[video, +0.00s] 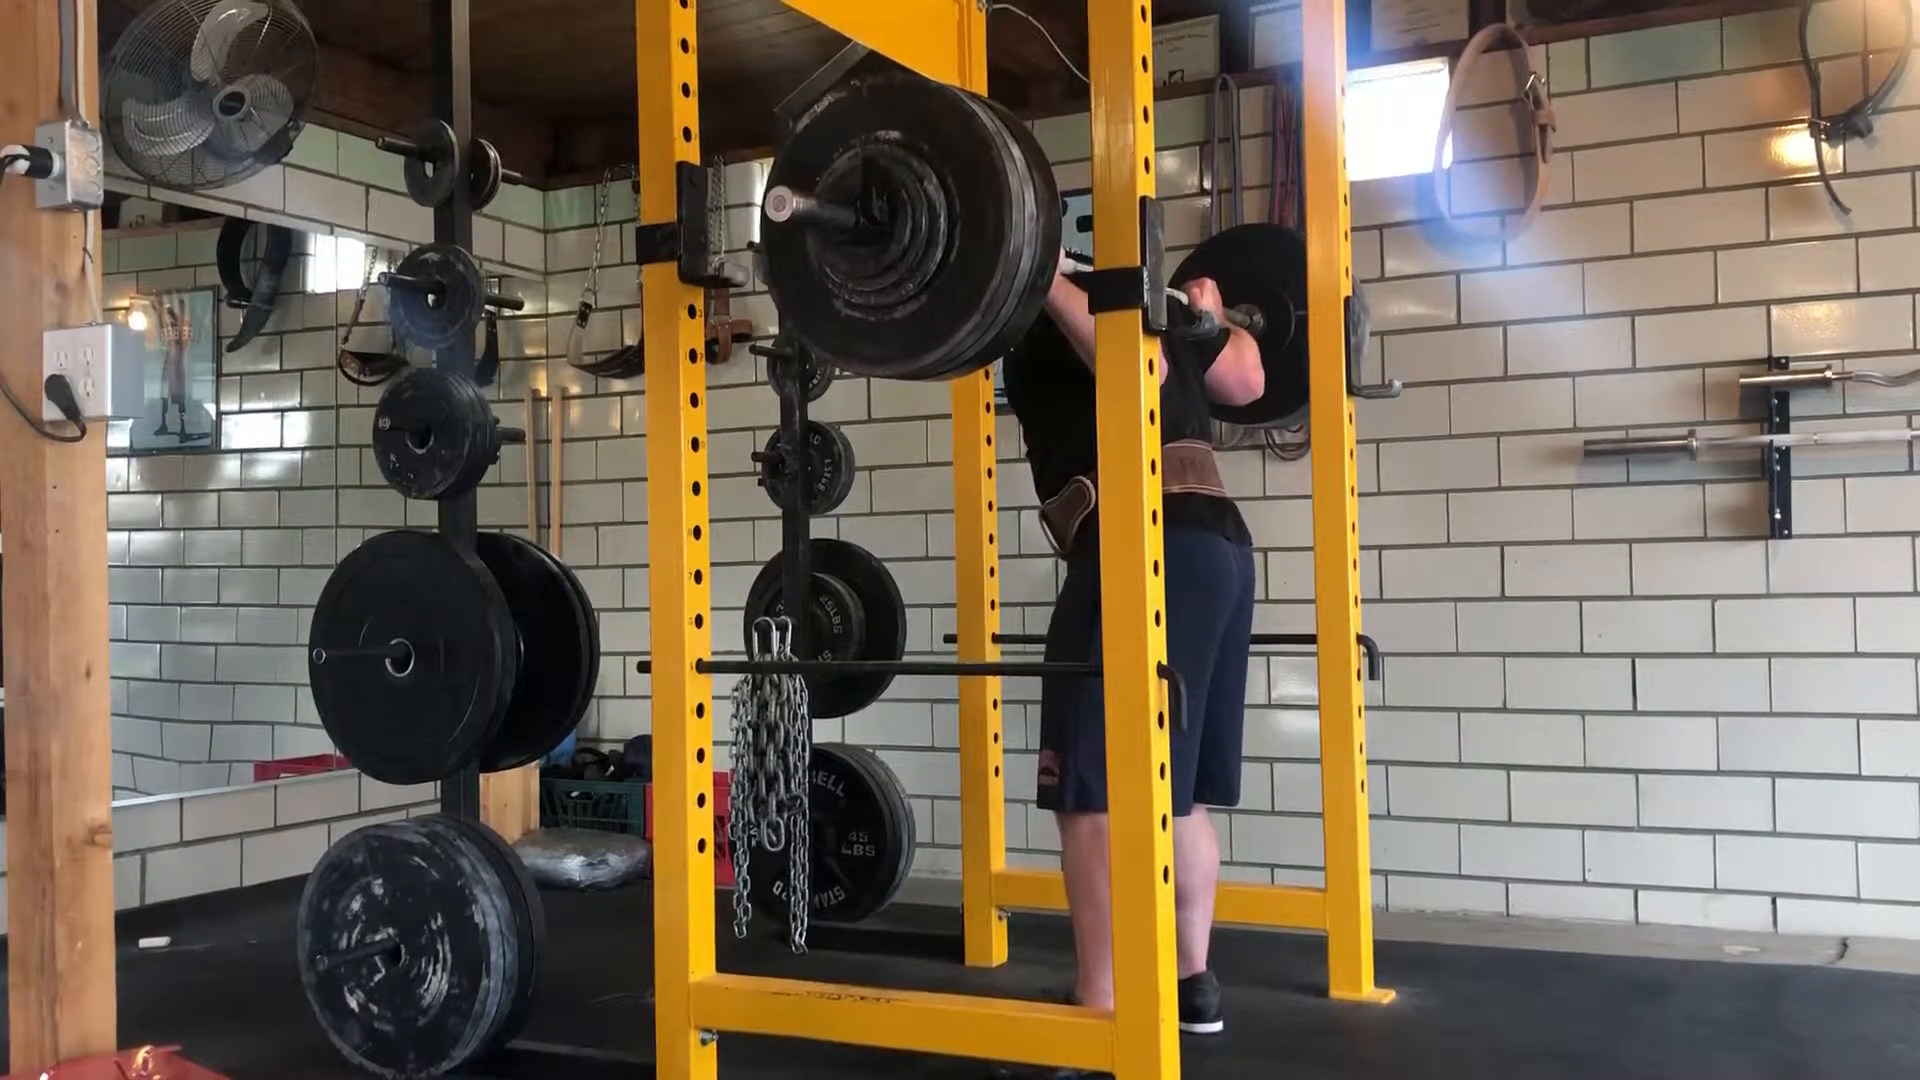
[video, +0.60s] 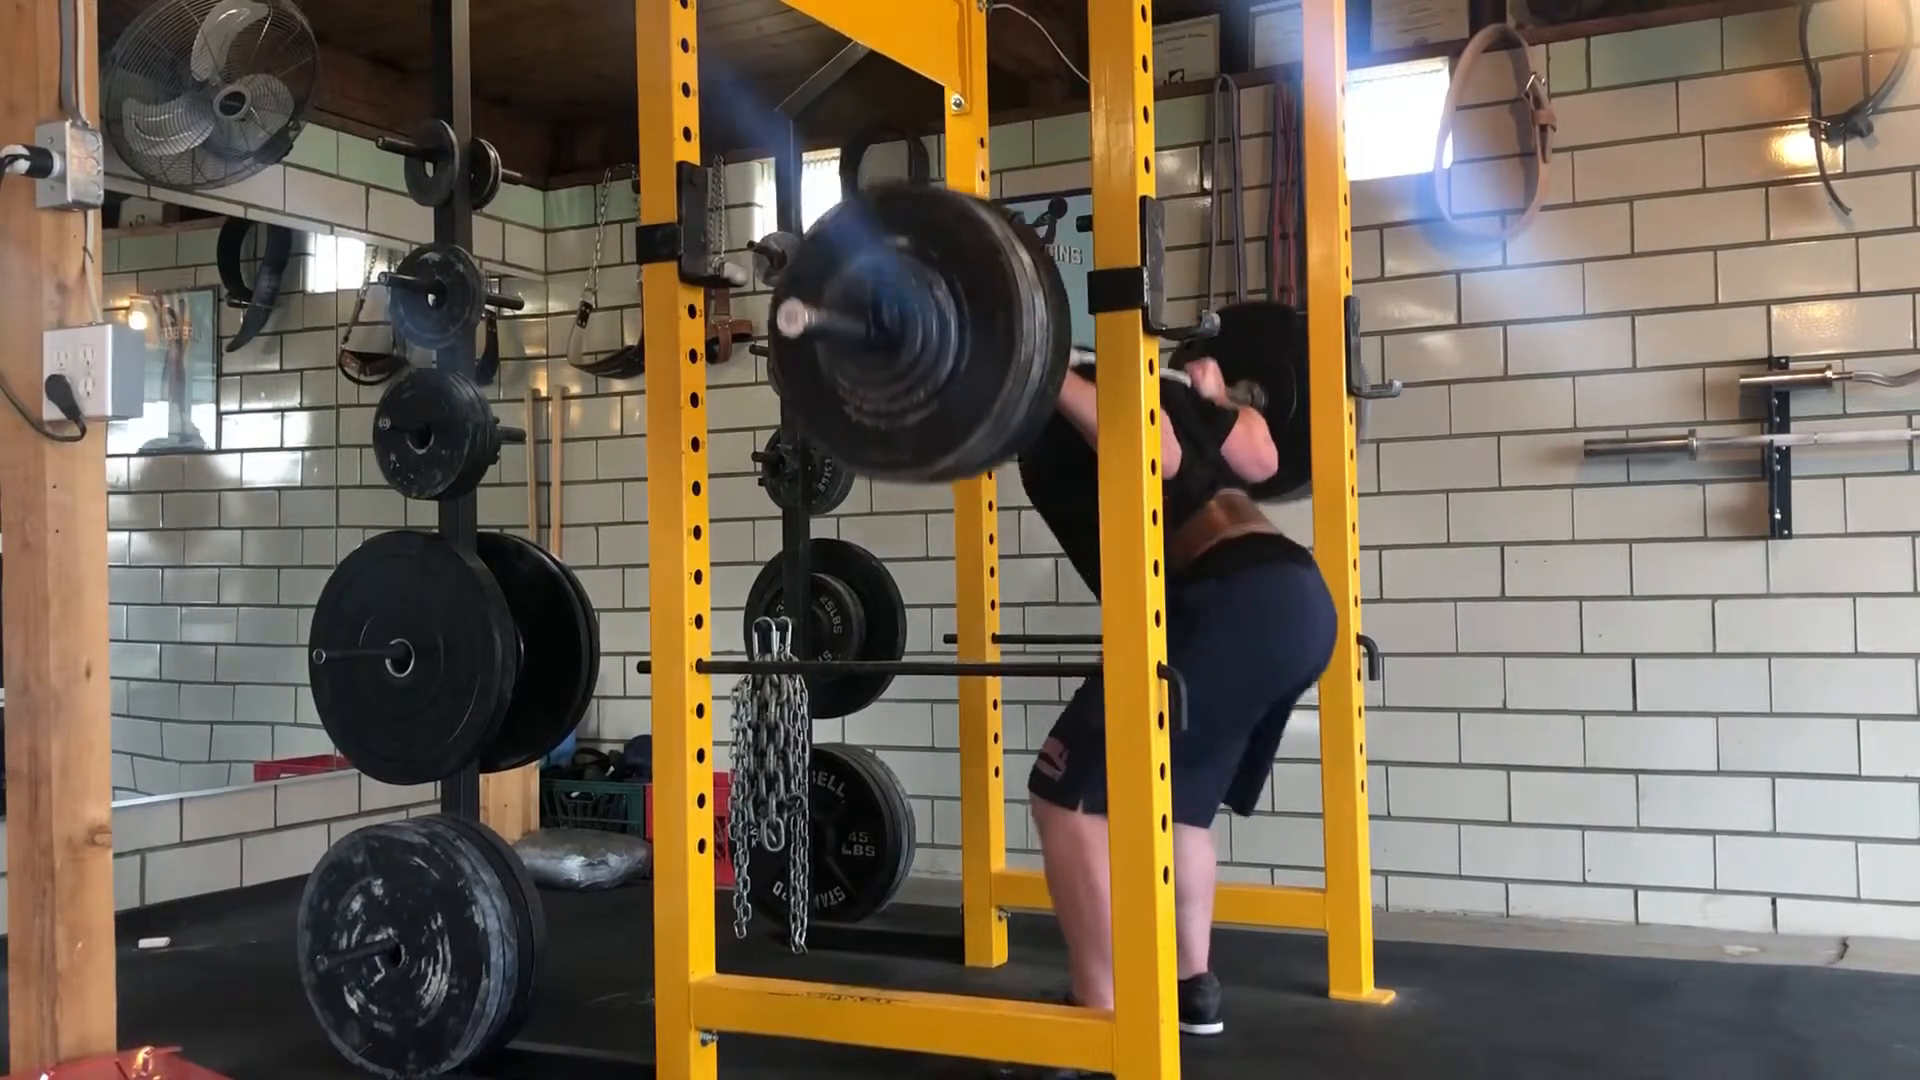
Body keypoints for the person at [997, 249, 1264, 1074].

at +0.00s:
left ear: (1024, 244)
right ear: (1067, 234)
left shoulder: (1050, 297)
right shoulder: (1159, 298)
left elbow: (1134, 373)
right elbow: (1246, 379)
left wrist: (1051, 281)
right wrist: (1211, 307)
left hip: (1132, 539)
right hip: (1218, 546)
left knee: (1085, 782)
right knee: (1190, 783)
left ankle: (1100, 1000)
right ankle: (1194, 985)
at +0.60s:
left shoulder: (1073, 395)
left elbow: (1167, 457)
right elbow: (1259, 458)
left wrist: (1048, 375)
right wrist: (1209, 393)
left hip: (1234, 601)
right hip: (1291, 602)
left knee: (1064, 786)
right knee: (1185, 795)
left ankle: (1099, 1006)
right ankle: (1192, 986)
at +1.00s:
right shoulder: (1144, 496)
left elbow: (1163, 568)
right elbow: (1262, 555)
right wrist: (1216, 505)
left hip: (1261, 694)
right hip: (1310, 694)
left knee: (1036, 802)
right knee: (1169, 812)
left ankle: (1102, 1021)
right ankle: (1190, 982)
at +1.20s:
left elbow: (1161, 626)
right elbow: (1259, 603)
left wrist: (1041, 545)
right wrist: (1203, 550)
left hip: (1266, 744)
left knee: (1016, 810)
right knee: (1145, 812)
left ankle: (1104, 1029)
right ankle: (1188, 983)